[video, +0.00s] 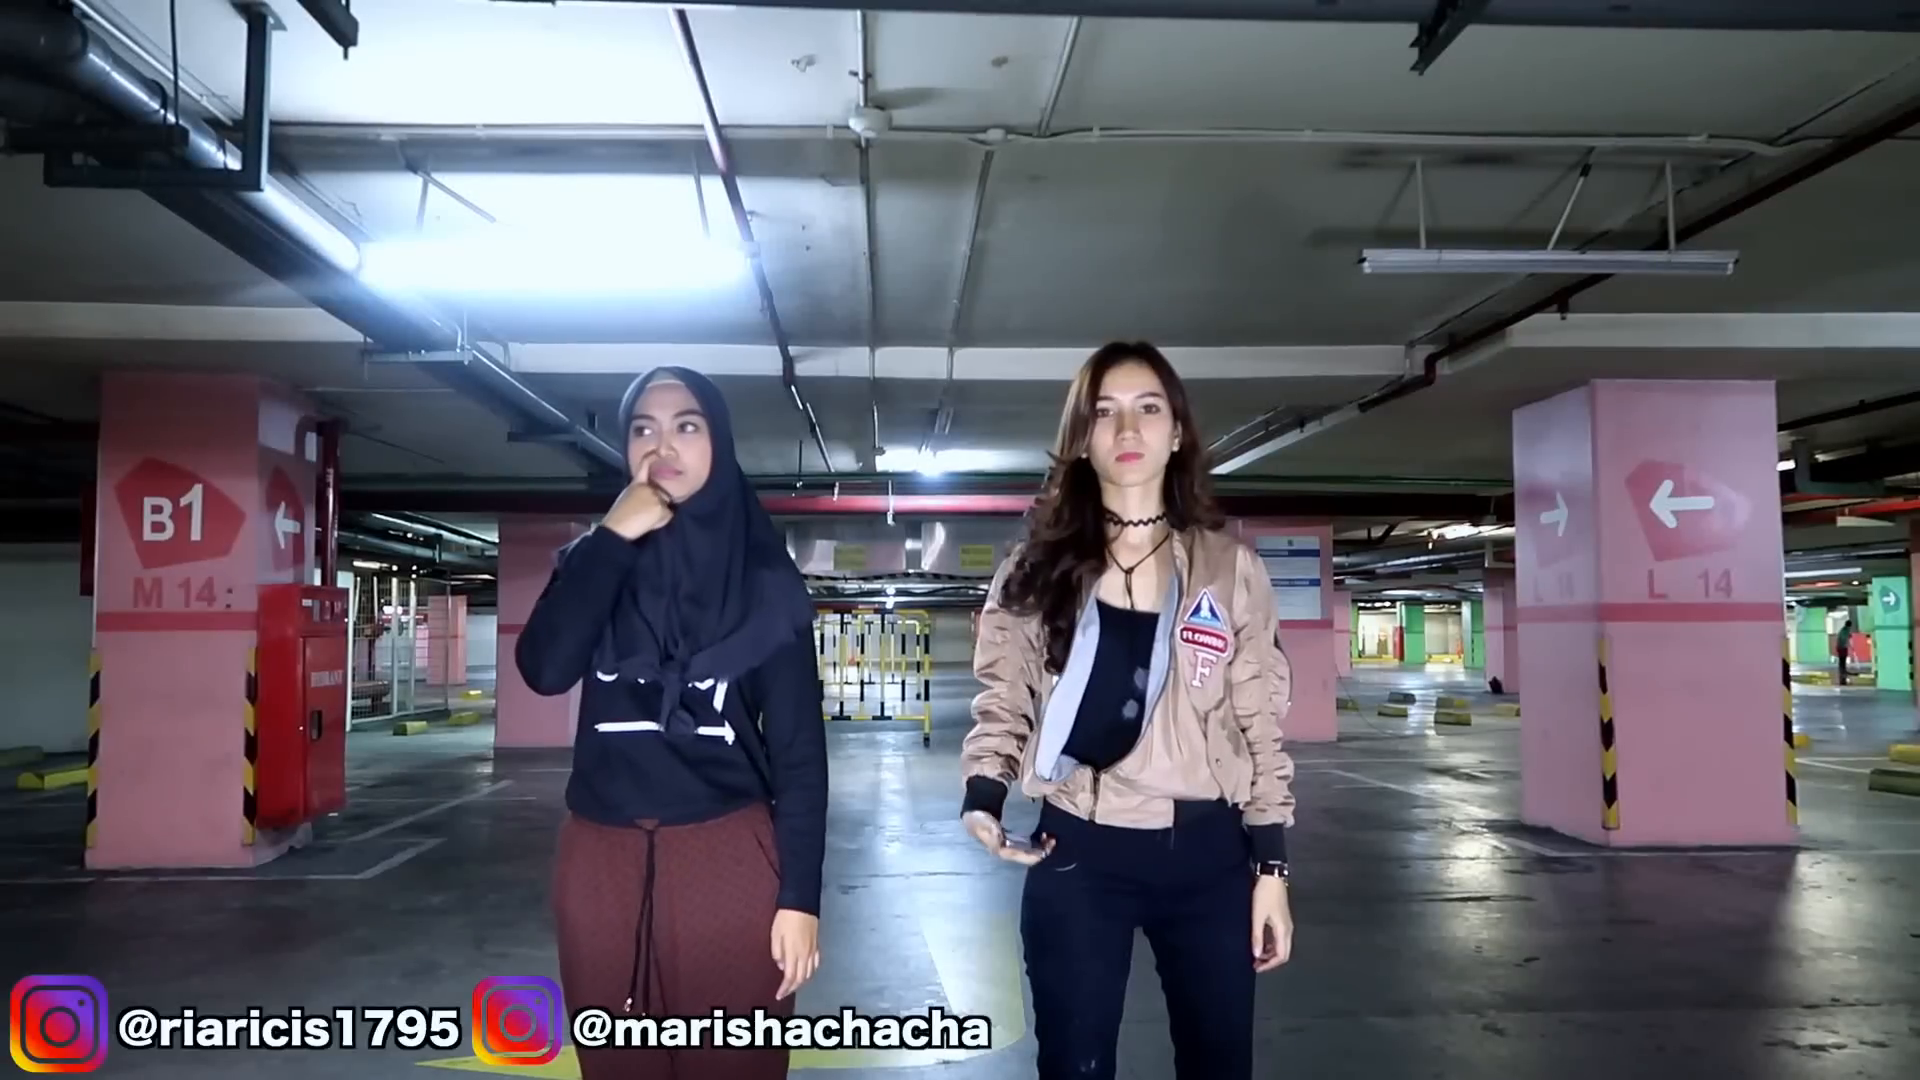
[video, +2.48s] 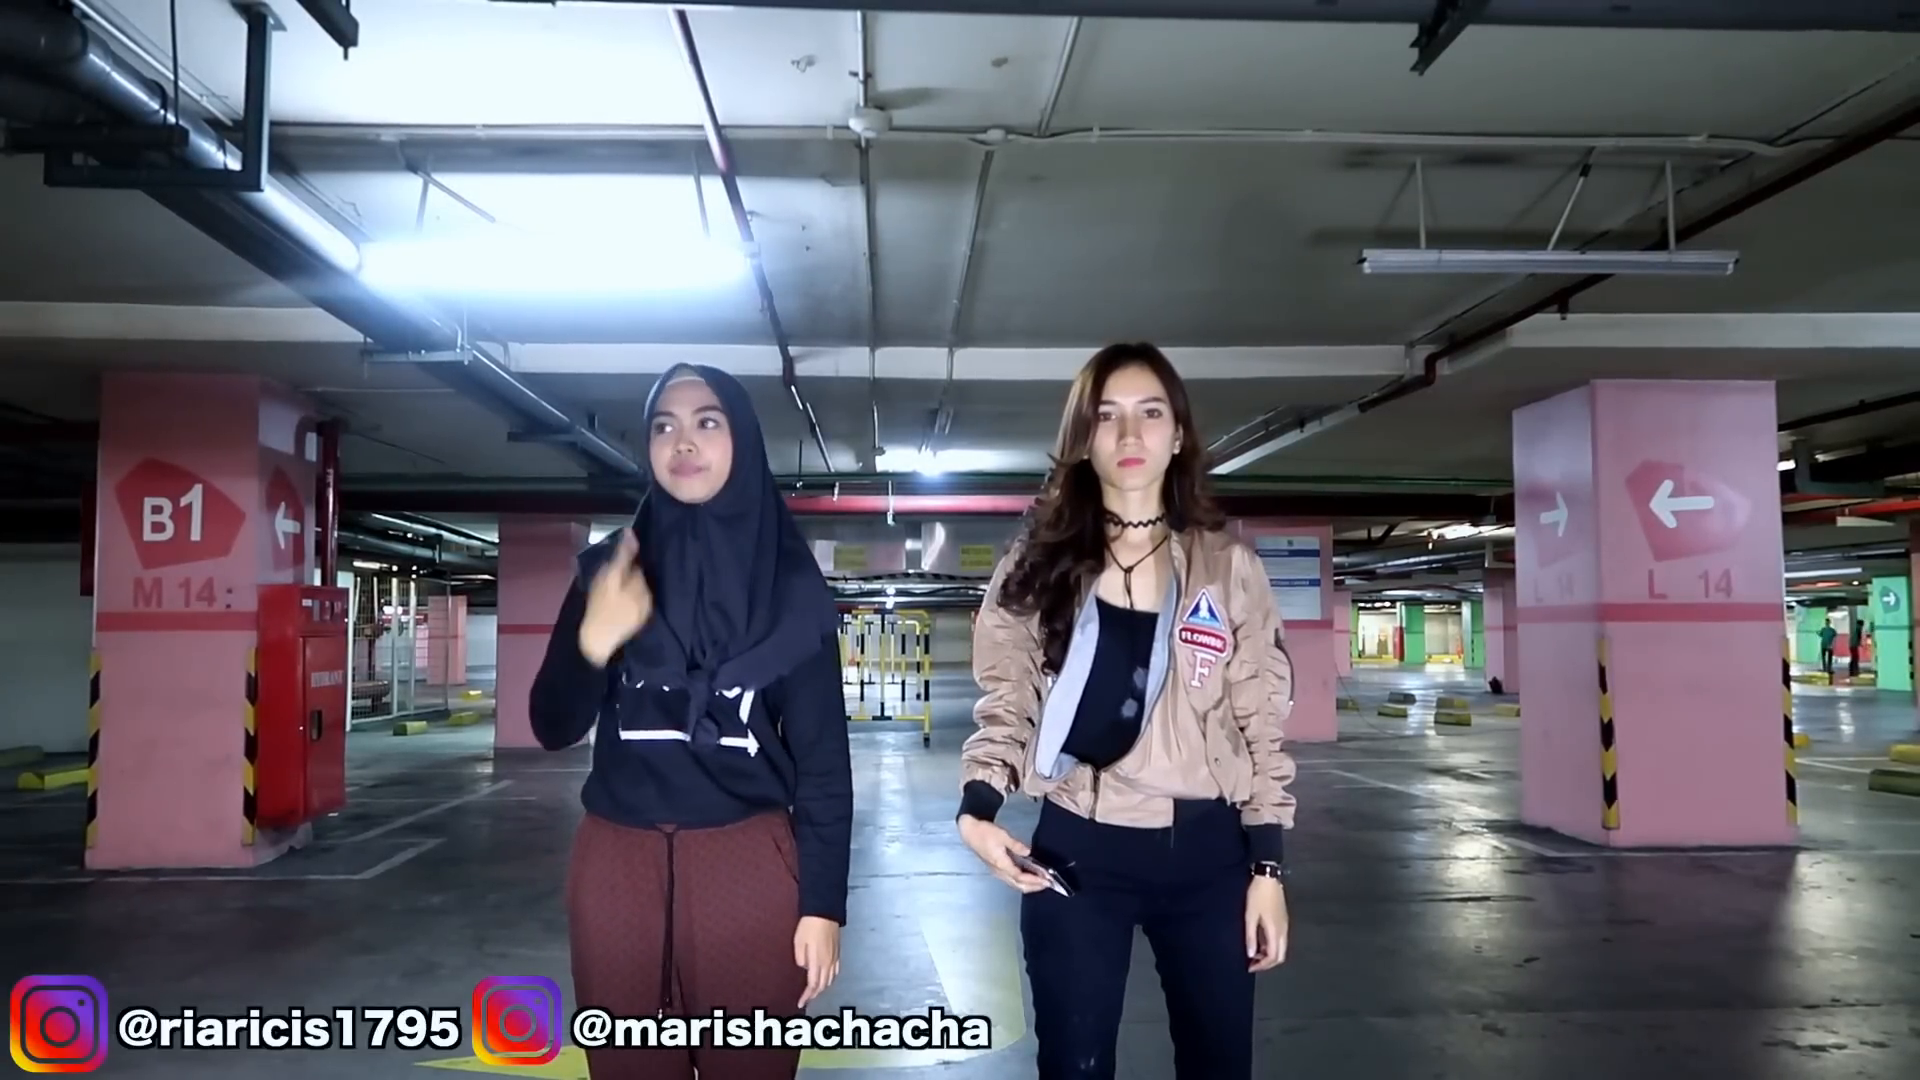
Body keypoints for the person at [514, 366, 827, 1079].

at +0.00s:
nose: (662, 444)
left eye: (686, 426)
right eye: (644, 428)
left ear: (719, 447)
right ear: (626, 448)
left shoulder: (762, 572)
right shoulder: (596, 557)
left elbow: (798, 749)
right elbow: (543, 669)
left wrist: (800, 899)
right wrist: (611, 536)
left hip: (727, 850)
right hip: (601, 850)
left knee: (735, 1062)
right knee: (610, 1061)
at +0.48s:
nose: (684, 445)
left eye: (706, 426)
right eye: (662, 427)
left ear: (732, 448)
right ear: (638, 448)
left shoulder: (771, 572)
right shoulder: (598, 558)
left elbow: (807, 742)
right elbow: (580, 676)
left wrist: (813, 892)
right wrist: (644, 545)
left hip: (746, 850)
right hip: (616, 852)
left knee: (751, 1063)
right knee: (627, 1063)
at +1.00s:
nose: (707, 447)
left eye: (729, 429)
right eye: (685, 428)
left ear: (751, 452)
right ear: (655, 448)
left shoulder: (780, 577)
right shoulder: (607, 560)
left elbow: (815, 751)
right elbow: (585, 679)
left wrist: (821, 902)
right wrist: (654, 549)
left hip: (747, 855)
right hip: (615, 853)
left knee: (747, 1064)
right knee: (620, 1062)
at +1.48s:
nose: (716, 450)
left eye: (737, 432)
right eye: (694, 430)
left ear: (758, 453)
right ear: (663, 448)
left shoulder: (782, 572)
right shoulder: (610, 556)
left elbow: (816, 746)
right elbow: (598, 674)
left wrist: (825, 901)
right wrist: (671, 548)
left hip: (752, 856)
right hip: (619, 855)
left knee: (750, 1065)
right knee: (626, 1064)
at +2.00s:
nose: (698, 448)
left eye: (721, 428)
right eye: (677, 430)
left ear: (751, 450)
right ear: (656, 452)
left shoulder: (787, 570)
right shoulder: (616, 557)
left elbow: (823, 748)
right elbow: (591, 684)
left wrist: (827, 904)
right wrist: (657, 551)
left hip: (751, 854)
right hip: (620, 853)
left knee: (750, 1065)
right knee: (626, 1064)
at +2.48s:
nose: (683, 441)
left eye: (707, 422)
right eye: (665, 425)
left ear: (744, 443)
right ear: (648, 449)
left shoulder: (785, 574)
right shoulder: (609, 568)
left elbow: (821, 751)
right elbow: (553, 727)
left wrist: (823, 904)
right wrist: (594, 643)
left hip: (747, 855)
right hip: (618, 853)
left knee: (747, 1064)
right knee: (622, 1064)